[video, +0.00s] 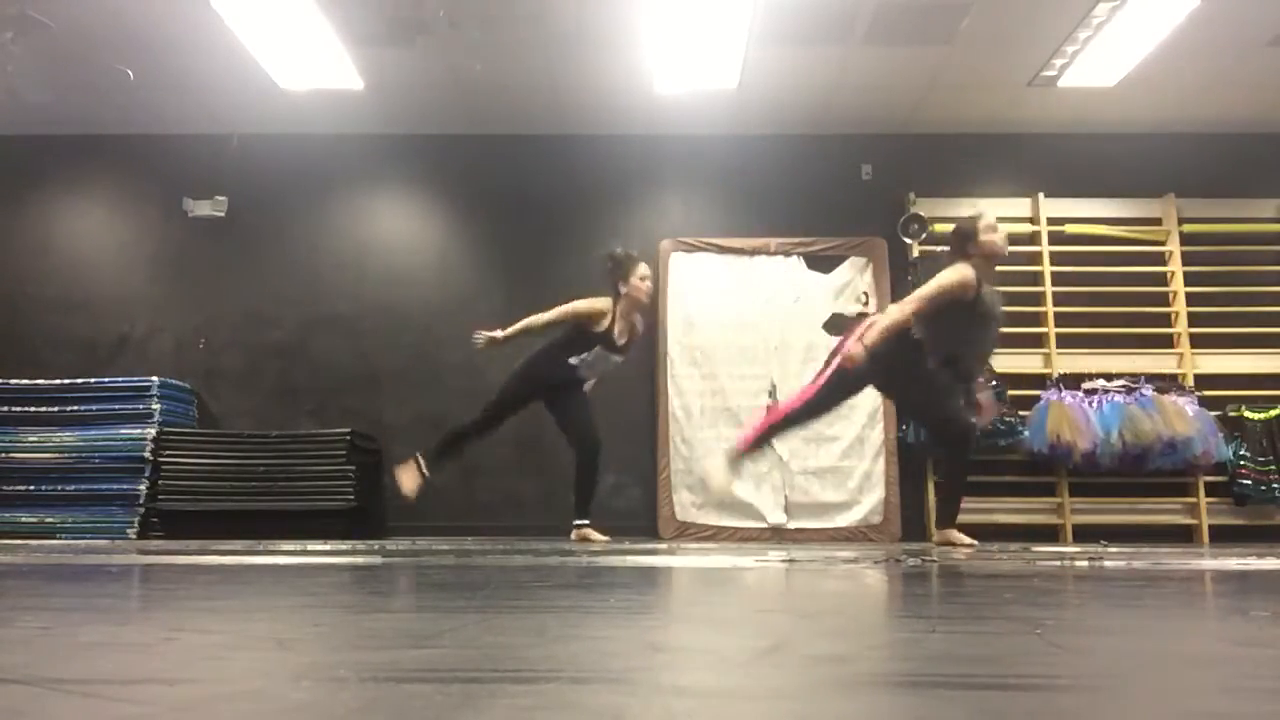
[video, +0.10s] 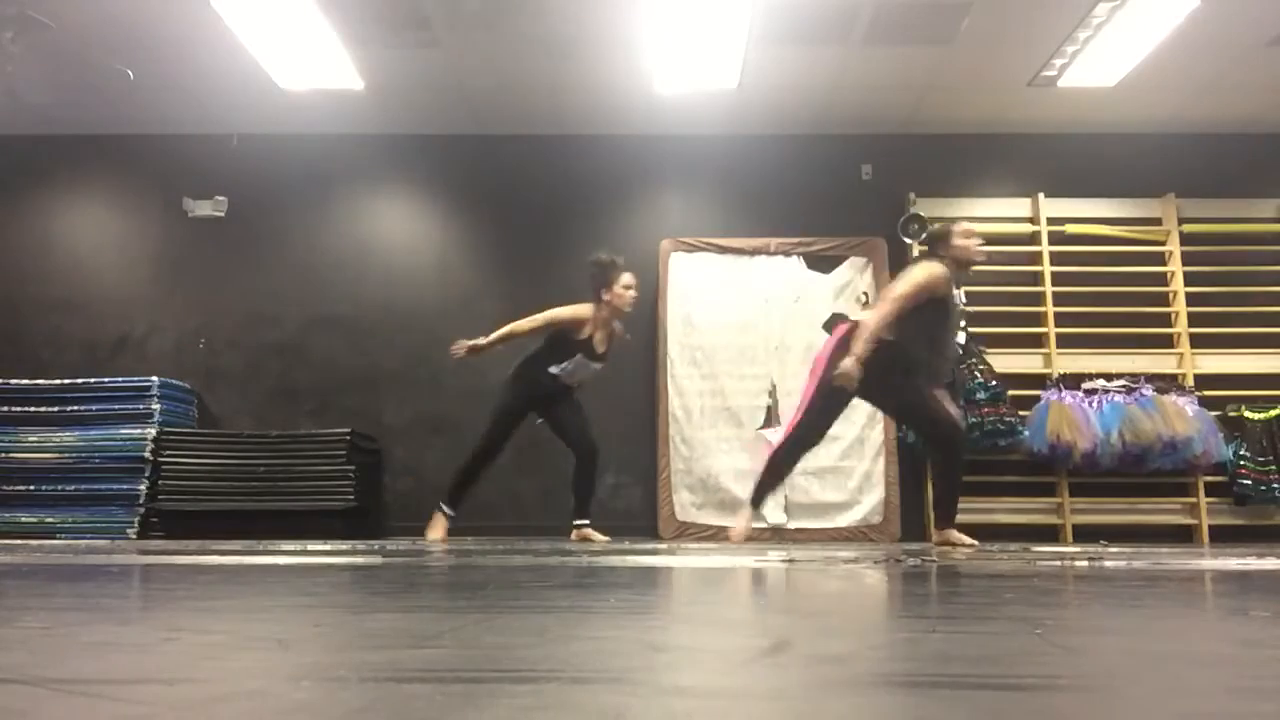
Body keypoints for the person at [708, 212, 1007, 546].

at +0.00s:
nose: (1003, 236)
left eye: (999, 230)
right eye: (994, 231)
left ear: (987, 245)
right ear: (973, 244)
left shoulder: (984, 289)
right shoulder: (962, 277)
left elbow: (970, 349)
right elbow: (907, 308)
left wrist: (978, 389)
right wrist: (865, 342)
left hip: (914, 366)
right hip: (882, 349)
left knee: (957, 431)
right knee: (819, 400)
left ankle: (946, 527)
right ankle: (742, 448)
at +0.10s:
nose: (979, 242)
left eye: (976, 237)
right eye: (968, 237)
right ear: (946, 247)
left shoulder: (948, 287)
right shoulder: (932, 272)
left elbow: (929, 347)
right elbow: (885, 307)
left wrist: (937, 390)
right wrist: (855, 356)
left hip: (892, 372)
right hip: (860, 355)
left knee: (948, 433)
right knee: (808, 431)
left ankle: (945, 529)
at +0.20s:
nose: (935, 237)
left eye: (936, 231)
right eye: (927, 229)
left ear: (931, 241)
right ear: (903, 230)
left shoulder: (907, 286)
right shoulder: (874, 253)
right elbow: (827, 290)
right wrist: (819, 345)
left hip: (871, 365)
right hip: (830, 353)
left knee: (924, 433)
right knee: (784, 439)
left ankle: (941, 528)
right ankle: (766, 526)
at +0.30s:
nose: (871, 222)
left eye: (879, 217)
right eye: (863, 215)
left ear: (888, 230)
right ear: (848, 221)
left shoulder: (882, 284)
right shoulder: (820, 249)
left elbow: (883, 348)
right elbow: (779, 289)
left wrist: (886, 404)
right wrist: (780, 336)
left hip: (846, 358)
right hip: (799, 353)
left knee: (876, 437)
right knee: (755, 435)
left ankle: (934, 513)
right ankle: (765, 528)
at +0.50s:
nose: (758, 219)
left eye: (765, 213)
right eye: (760, 213)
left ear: (783, 216)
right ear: (778, 217)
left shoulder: (783, 248)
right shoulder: (772, 253)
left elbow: (798, 305)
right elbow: (772, 327)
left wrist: (803, 354)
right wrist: (747, 370)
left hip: (795, 358)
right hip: (783, 358)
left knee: (737, 425)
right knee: (744, 431)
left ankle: (802, 495)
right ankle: (763, 525)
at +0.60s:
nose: (725, 231)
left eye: (732, 225)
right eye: (729, 224)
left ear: (748, 231)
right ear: (760, 236)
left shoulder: (735, 256)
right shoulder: (773, 268)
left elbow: (739, 301)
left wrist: (738, 355)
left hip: (785, 353)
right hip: (818, 363)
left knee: (718, 423)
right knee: (747, 438)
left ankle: (713, 513)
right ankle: (767, 525)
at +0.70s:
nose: (704, 250)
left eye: (707, 243)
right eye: (705, 241)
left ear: (716, 248)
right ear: (743, 250)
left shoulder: (716, 272)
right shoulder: (759, 279)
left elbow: (722, 330)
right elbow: (768, 326)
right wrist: (727, 364)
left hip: (771, 355)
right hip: (809, 365)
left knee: (711, 439)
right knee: (739, 442)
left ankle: (700, 521)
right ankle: (768, 525)